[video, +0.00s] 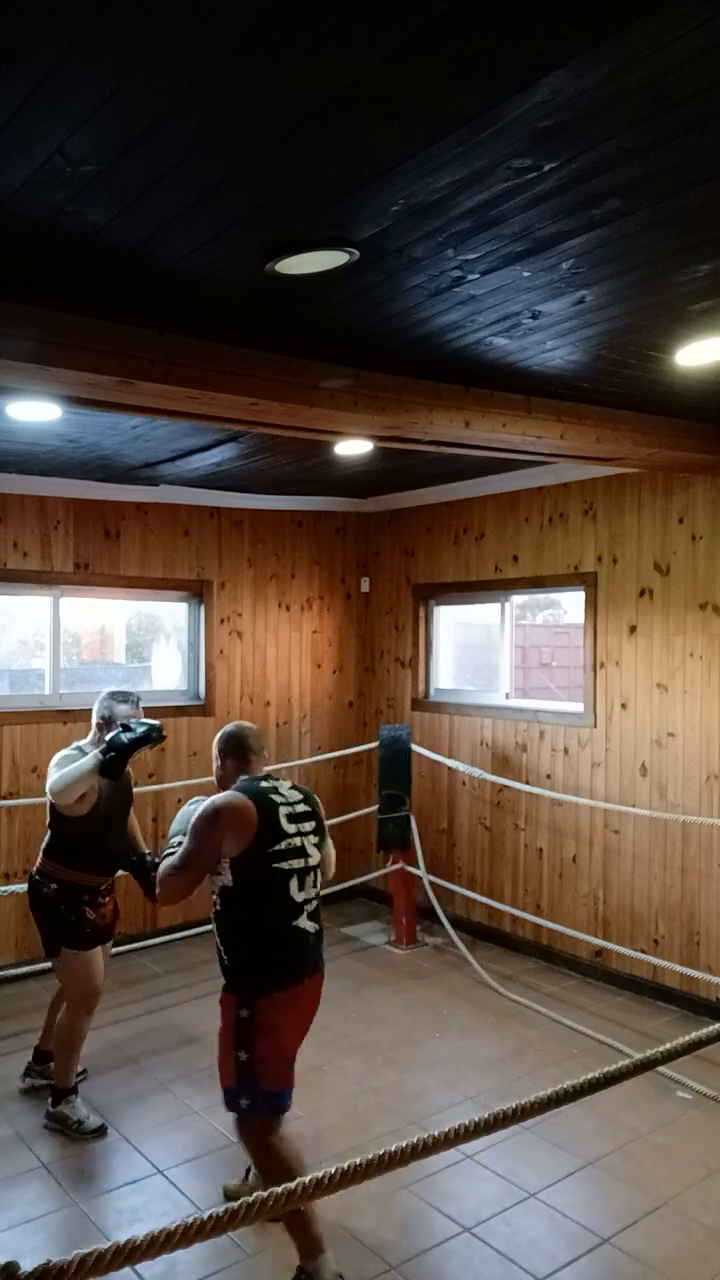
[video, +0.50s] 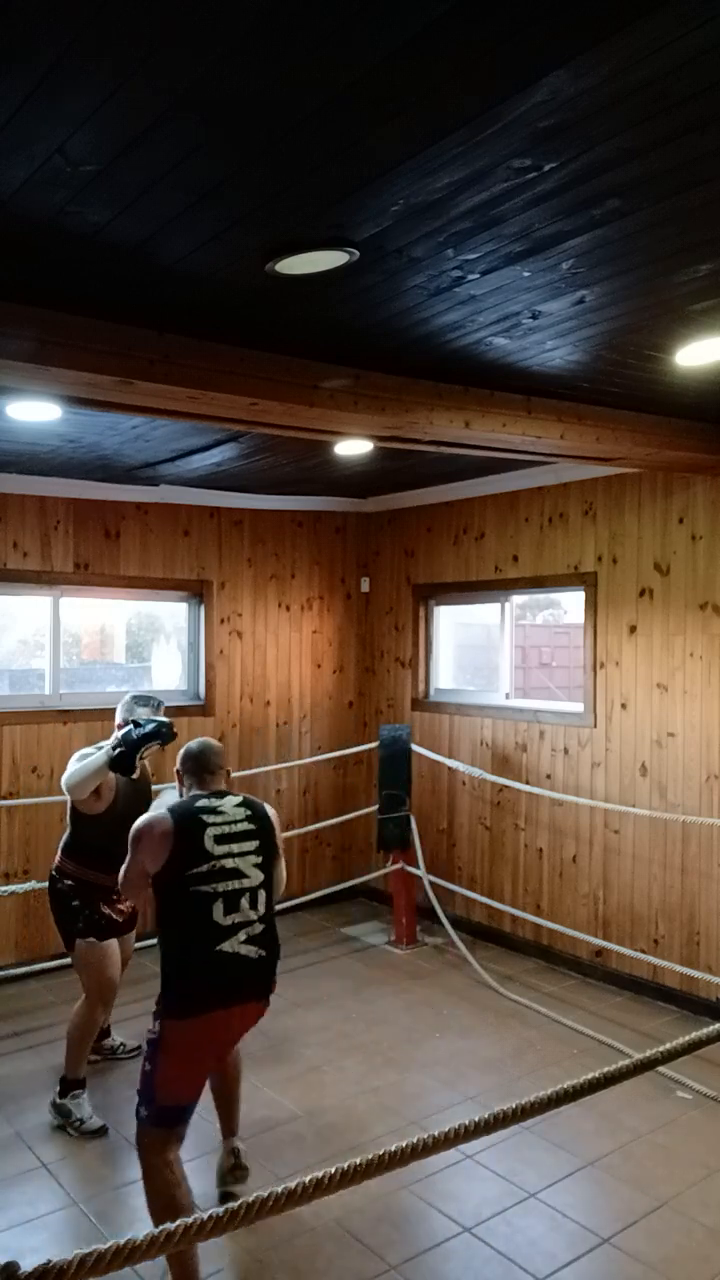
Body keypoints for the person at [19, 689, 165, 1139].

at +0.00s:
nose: (126, 737)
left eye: (133, 730)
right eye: (119, 728)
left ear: (138, 731)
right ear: (99, 723)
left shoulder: (122, 771)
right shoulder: (71, 758)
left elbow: (125, 819)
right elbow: (57, 794)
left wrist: (144, 862)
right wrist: (108, 755)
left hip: (98, 887)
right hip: (60, 889)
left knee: (79, 982)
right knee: (87, 992)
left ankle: (44, 1063)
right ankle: (62, 1100)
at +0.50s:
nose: (146, 739)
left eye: (152, 731)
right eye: (139, 727)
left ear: (156, 737)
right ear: (120, 725)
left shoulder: (144, 775)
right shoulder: (91, 761)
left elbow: (146, 825)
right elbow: (73, 788)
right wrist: (118, 748)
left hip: (121, 882)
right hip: (77, 884)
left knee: (117, 965)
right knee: (102, 988)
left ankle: (100, 1037)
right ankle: (69, 1094)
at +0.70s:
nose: (143, 734)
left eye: (149, 726)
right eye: (136, 723)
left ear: (154, 731)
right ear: (117, 723)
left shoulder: (150, 770)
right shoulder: (89, 758)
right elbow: (76, 783)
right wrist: (122, 746)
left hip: (127, 880)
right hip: (80, 882)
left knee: (125, 960)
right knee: (95, 992)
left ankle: (99, 1036)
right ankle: (71, 1096)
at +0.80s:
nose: (139, 749)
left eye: (145, 740)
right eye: (131, 739)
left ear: (150, 738)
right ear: (112, 735)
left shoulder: (146, 768)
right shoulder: (96, 764)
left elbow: (174, 790)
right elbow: (67, 775)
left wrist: (155, 744)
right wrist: (93, 728)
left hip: (126, 878)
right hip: (83, 883)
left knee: (125, 959)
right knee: (95, 992)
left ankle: (98, 1036)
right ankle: (69, 1097)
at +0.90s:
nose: (145, 725)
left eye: (144, 719)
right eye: (143, 718)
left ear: (136, 722)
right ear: (124, 720)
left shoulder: (145, 761)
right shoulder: (84, 758)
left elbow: (167, 796)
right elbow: (44, 768)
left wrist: (147, 750)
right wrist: (83, 729)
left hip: (128, 873)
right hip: (84, 876)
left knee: (121, 961)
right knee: (94, 989)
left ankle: (99, 1036)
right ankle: (70, 1098)